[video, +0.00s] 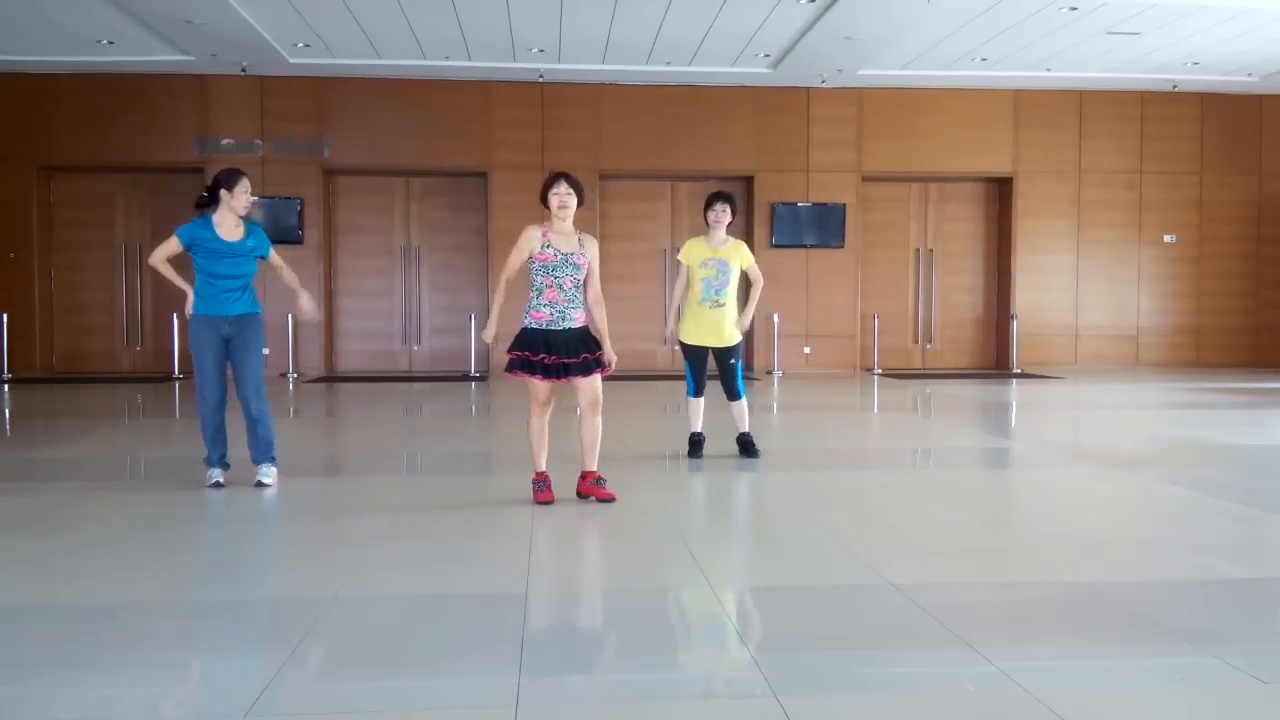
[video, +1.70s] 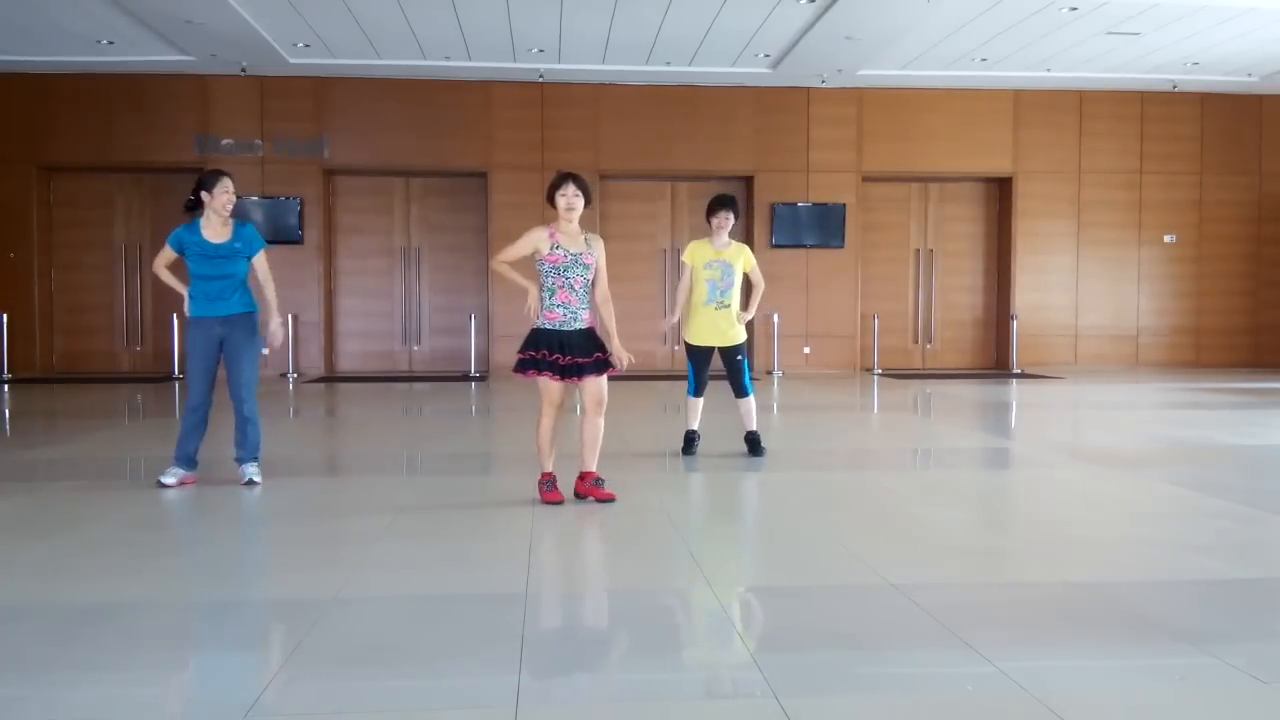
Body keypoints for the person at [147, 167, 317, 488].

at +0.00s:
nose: (250, 199)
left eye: (250, 193)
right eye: (244, 193)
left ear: (238, 196)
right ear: (224, 195)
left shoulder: (254, 233)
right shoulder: (197, 229)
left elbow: (280, 266)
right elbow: (156, 258)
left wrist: (301, 291)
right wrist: (187, 288)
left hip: (246, 321)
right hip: (205, 322)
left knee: (252, 395)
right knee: (211, 397)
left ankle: (266, 463)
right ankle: (216, 465)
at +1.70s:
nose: (231, 198)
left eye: (233, 193)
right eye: (224, 193)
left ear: (234, 197)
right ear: (205, 197)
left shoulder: (246, 232)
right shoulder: (185, 235)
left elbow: (265, 278)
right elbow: (159, 266)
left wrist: (274, 320)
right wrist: (185, 291)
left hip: (241, 322)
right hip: (202, 324)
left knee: (245, 398)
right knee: (196, 398)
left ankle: (249, 463)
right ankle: (184, 465)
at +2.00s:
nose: (217, 202)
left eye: (220, 196)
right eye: (210, 196)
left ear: (223, 199)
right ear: (191, 199)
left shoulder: (230, 237)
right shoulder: (170, 232)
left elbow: (236, 285)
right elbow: (139, 260)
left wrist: (228, 328)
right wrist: (161, 288)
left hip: (211, 323)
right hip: (172, 324)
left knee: (225, 397)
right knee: (177, 398)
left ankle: (245, 461)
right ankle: (182, 466)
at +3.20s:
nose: (213, 198)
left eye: (220, 192)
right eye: (208, 193)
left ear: (236, 196)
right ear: (203, 197)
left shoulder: (257, 235)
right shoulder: (196, 234)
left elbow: (270, 282)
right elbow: (184, 273)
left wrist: (275, 323)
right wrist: (174, 294)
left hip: (251, 323)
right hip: (210, 324)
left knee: (249, 399)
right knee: (202, 397)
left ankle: (249, 463)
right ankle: (195, 466)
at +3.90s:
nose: (204, 199)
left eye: (211, 193)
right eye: (199, 193)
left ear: (226, 198)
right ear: (193, 197)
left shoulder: (242, 236)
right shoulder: (185, 233)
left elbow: (252, 284)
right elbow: (177, 272)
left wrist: (251, 326)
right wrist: (173, 296)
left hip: (227, 322)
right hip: (190, 323)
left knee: (231, 396)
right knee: (192, 396)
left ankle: (246, 462)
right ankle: (198, 464)